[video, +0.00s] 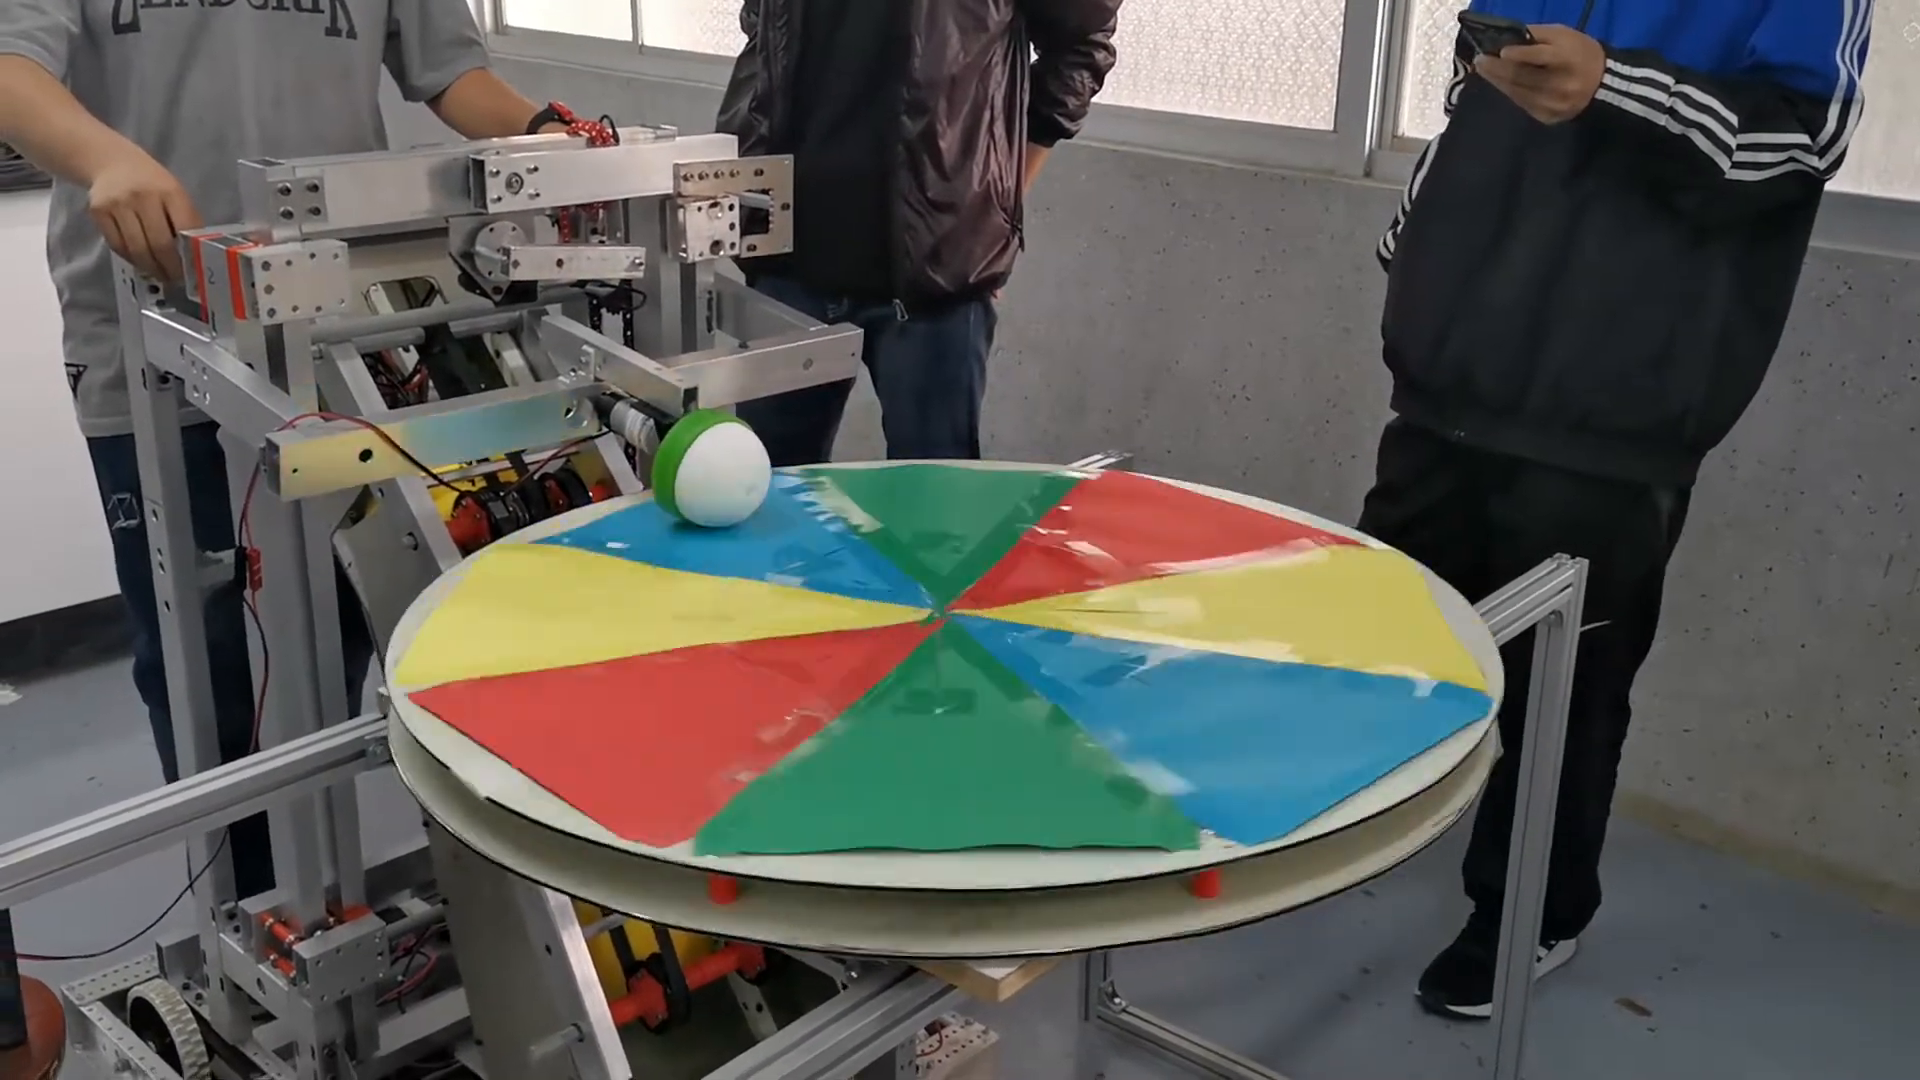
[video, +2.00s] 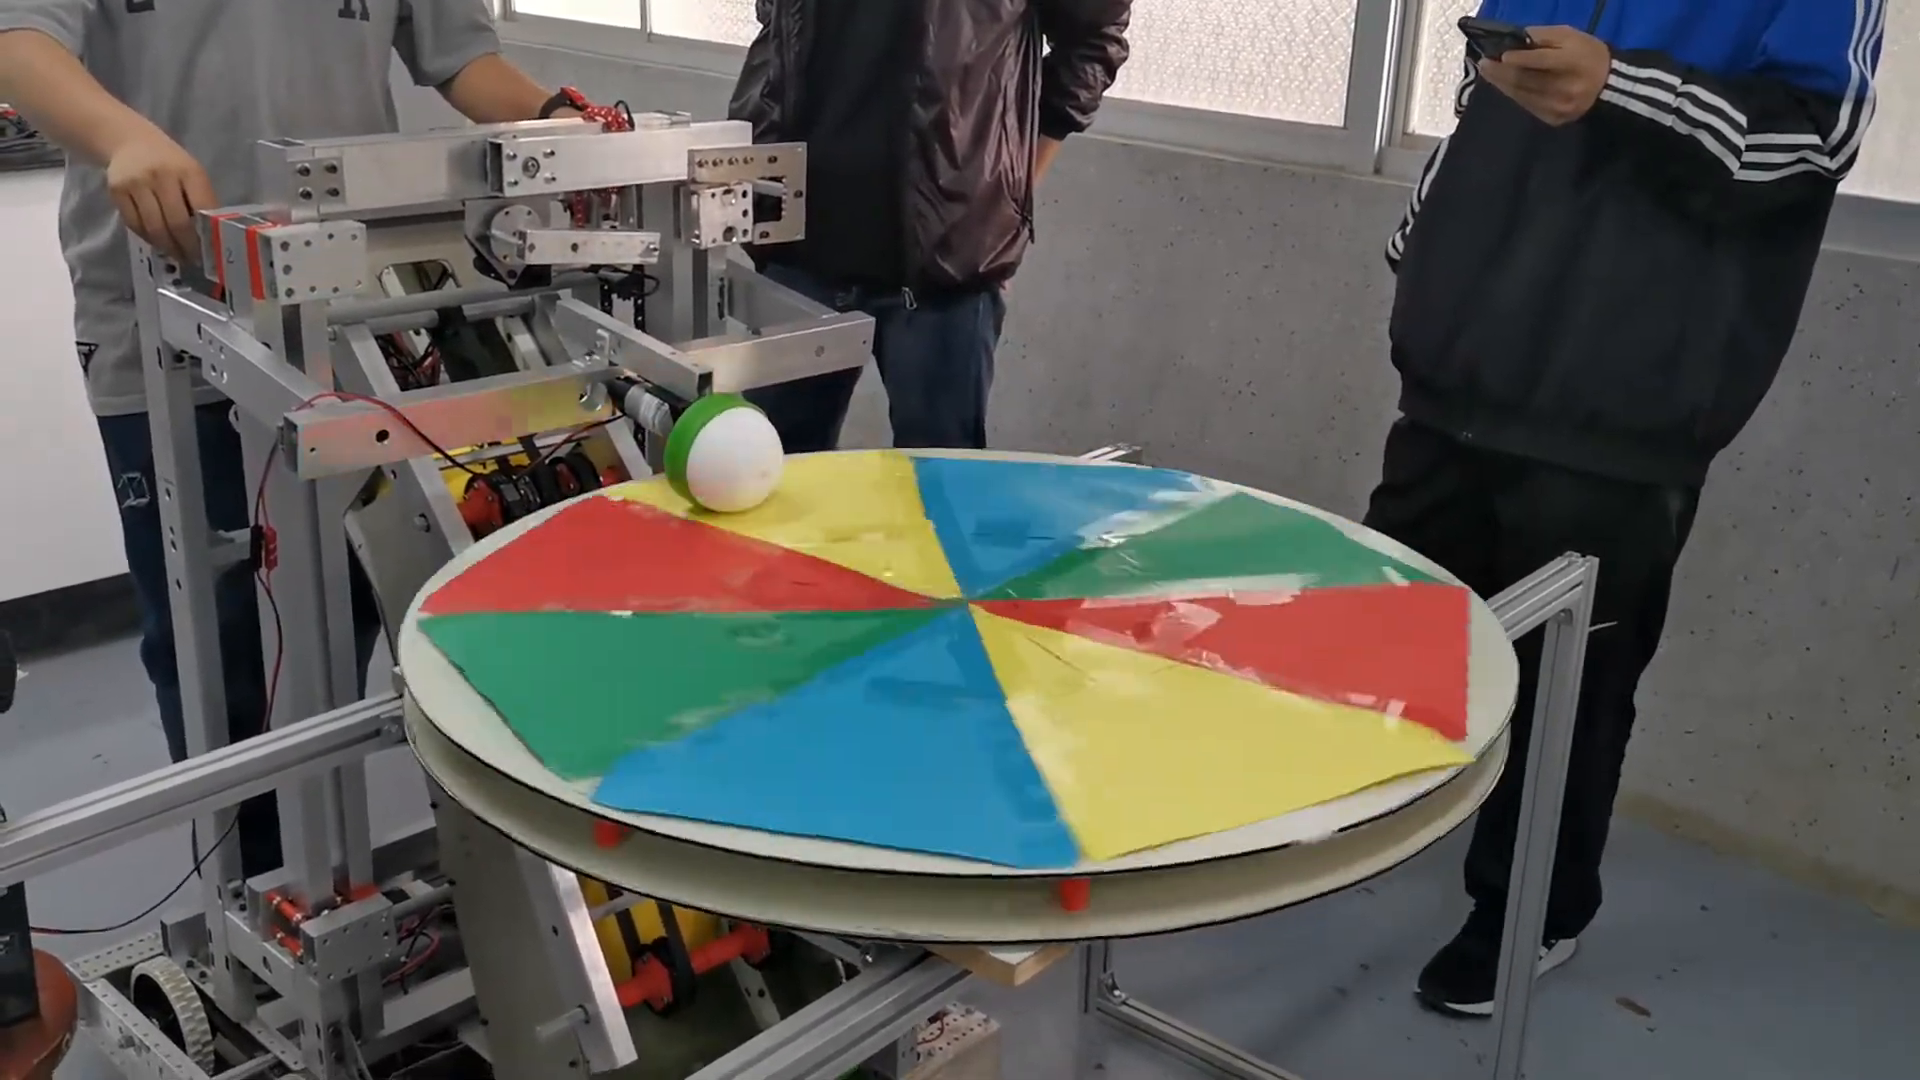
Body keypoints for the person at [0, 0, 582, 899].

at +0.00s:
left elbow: (446, 64)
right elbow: (12, 66)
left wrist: (544, 131)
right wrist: (104, 156)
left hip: (338, 346)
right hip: (152, 352)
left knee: (341, 635)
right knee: (198, 667)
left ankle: (332, 884)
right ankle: (248, 913)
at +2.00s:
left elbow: (455, 49)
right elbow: (19, 41)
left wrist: (557, 118)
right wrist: (122, 135)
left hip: (344, 327)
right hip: (163, 333)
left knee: (347, 615)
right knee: (211, 647)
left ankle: (340, 869)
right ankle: (255, 892)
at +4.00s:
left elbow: (455, 52)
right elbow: (20, 49)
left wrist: (556, 116)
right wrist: (122, 139)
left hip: (346, 322)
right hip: (163, 330)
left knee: (351, 606)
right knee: (212, 636)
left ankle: (345, 853)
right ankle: (262, 880)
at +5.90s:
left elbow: (458, 47)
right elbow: (22, 46)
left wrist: (553, 114)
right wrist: (123, 139)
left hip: (347, 315)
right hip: (166, 325)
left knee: (354, 601)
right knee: (214, 629)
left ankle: (346, 850)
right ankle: (266, 879)